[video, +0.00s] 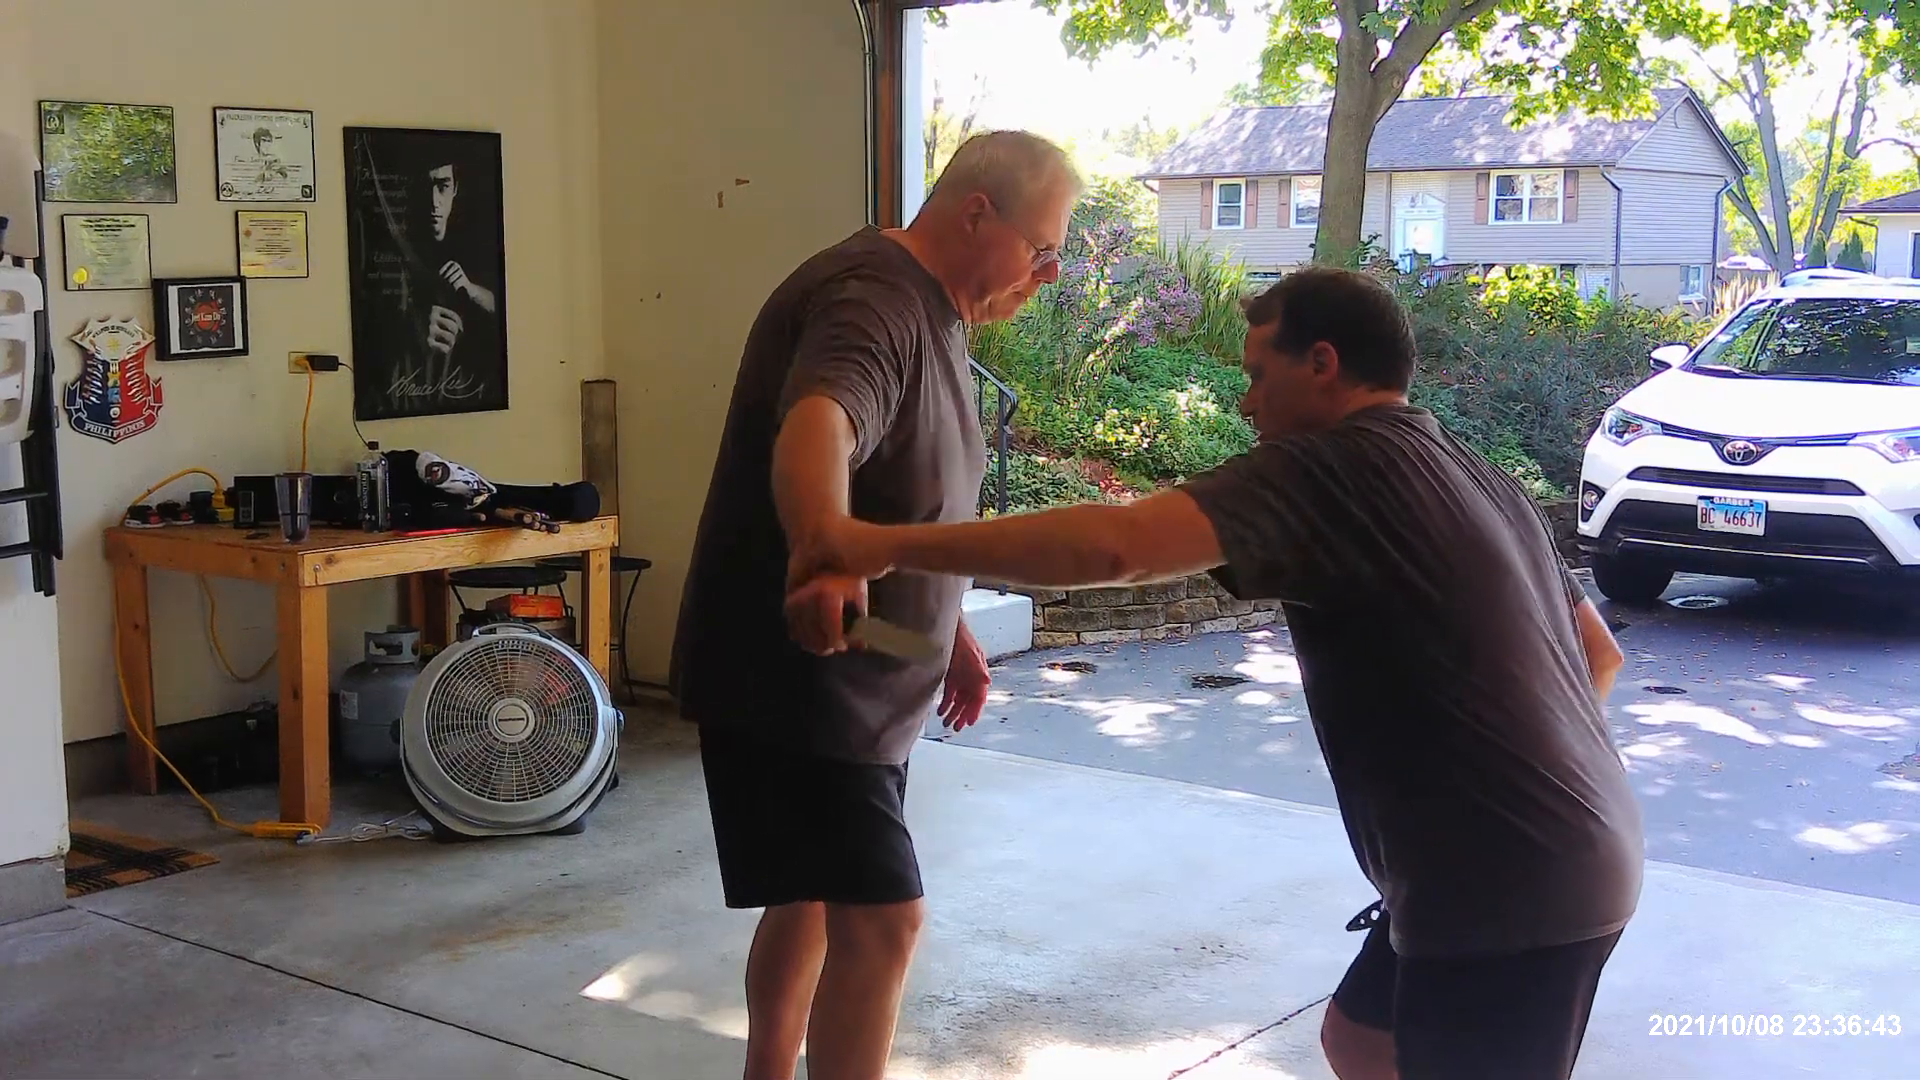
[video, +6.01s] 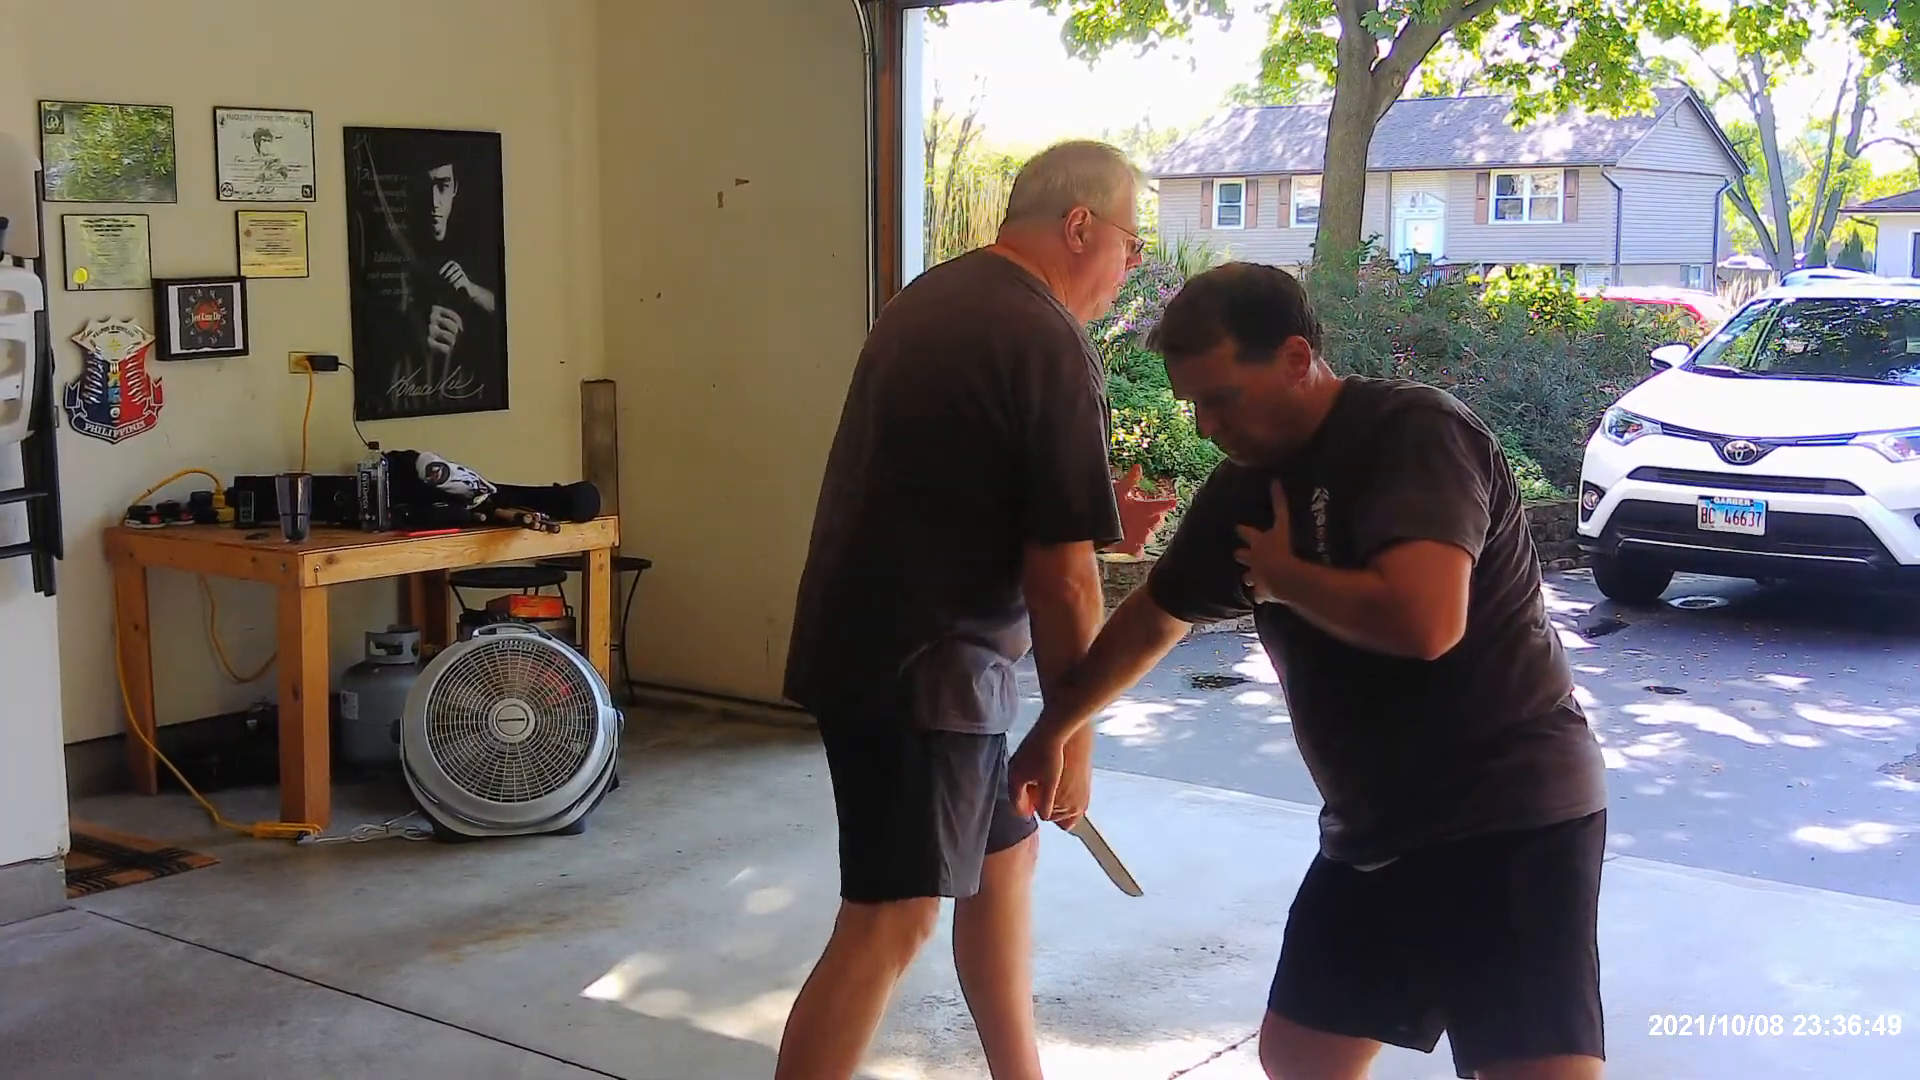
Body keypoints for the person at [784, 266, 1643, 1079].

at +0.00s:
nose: (1246, 393)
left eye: (1257, 370)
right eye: (1246, 370)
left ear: (1321, 364)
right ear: (1354, 369)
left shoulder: (1340, 465)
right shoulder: (1472, 473)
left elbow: (1116, 542)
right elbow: (1597, 654)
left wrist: (889, 543)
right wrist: (1500, 776)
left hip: (1508, 874)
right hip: (1563, 842)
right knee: (1360, 1036)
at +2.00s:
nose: (1154, 554)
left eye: (1159, 530)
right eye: (1151, 533)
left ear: (1214, 522)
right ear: (1225, 519)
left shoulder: (1344, 570)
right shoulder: (1264, 618)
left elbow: (1406, 790)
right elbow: (1137, 766)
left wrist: (1314, 758)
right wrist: (962, 802)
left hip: (1621, 879)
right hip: (1496, 878)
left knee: (1555, 1072)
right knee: (1370, 1046)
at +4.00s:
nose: (1165, 405)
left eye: (1181, 381)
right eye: (1162, 384)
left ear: (1268, 375)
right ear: (1241, 384)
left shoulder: (1371, 447)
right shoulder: (1225, 490)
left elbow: (1417, 665)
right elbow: (1091, 567)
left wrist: (1262, 600)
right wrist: (959, 579)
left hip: (1589, 794)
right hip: (1458, 810)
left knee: (1595, 1061)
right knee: (1374, 1038)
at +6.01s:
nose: (1204, 427)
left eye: (1218, 399)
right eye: (1193, 405)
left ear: (1296, 361)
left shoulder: (1420, 429)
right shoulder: (1242, 492)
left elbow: (1425, 619)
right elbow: (1153, 616)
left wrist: (1284, 575)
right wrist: (1050, 730)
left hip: (1516, 821)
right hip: (1371, 833)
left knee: (1534, 1063)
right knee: (1301, 1052)